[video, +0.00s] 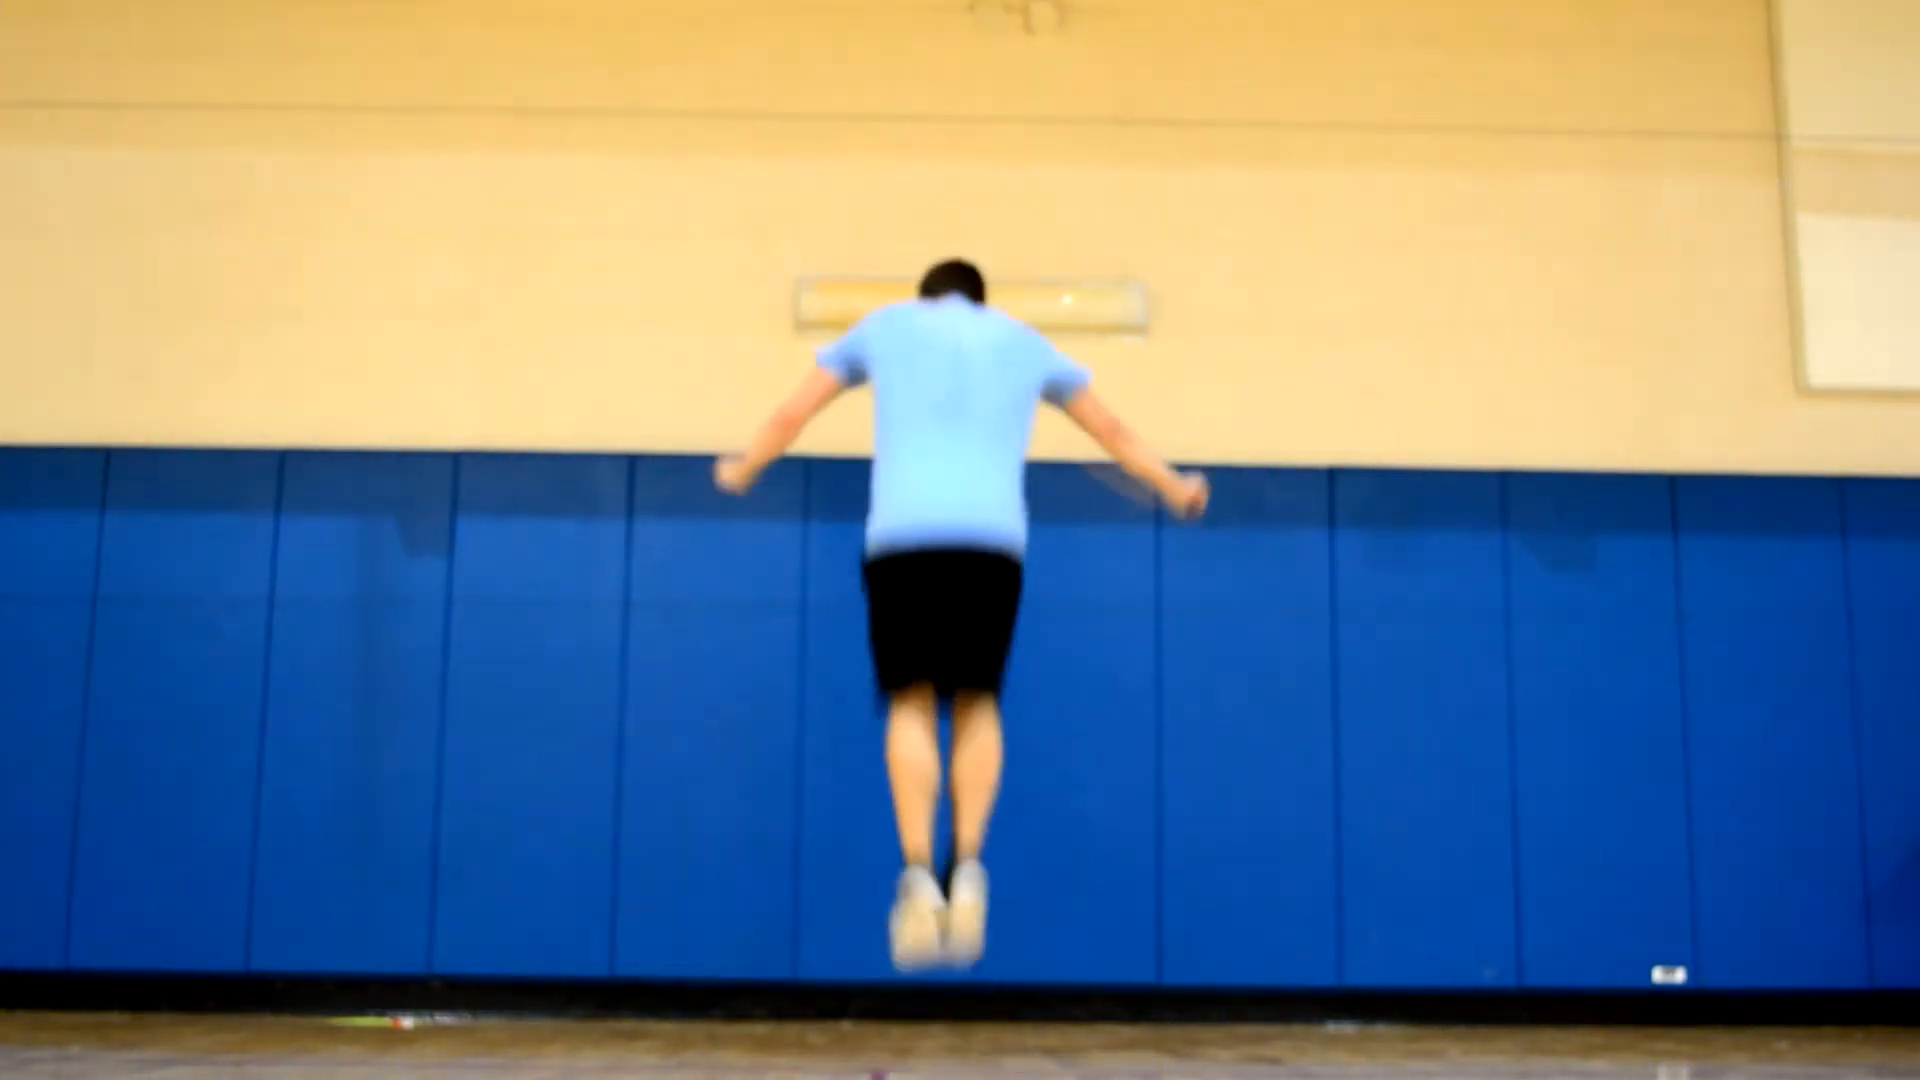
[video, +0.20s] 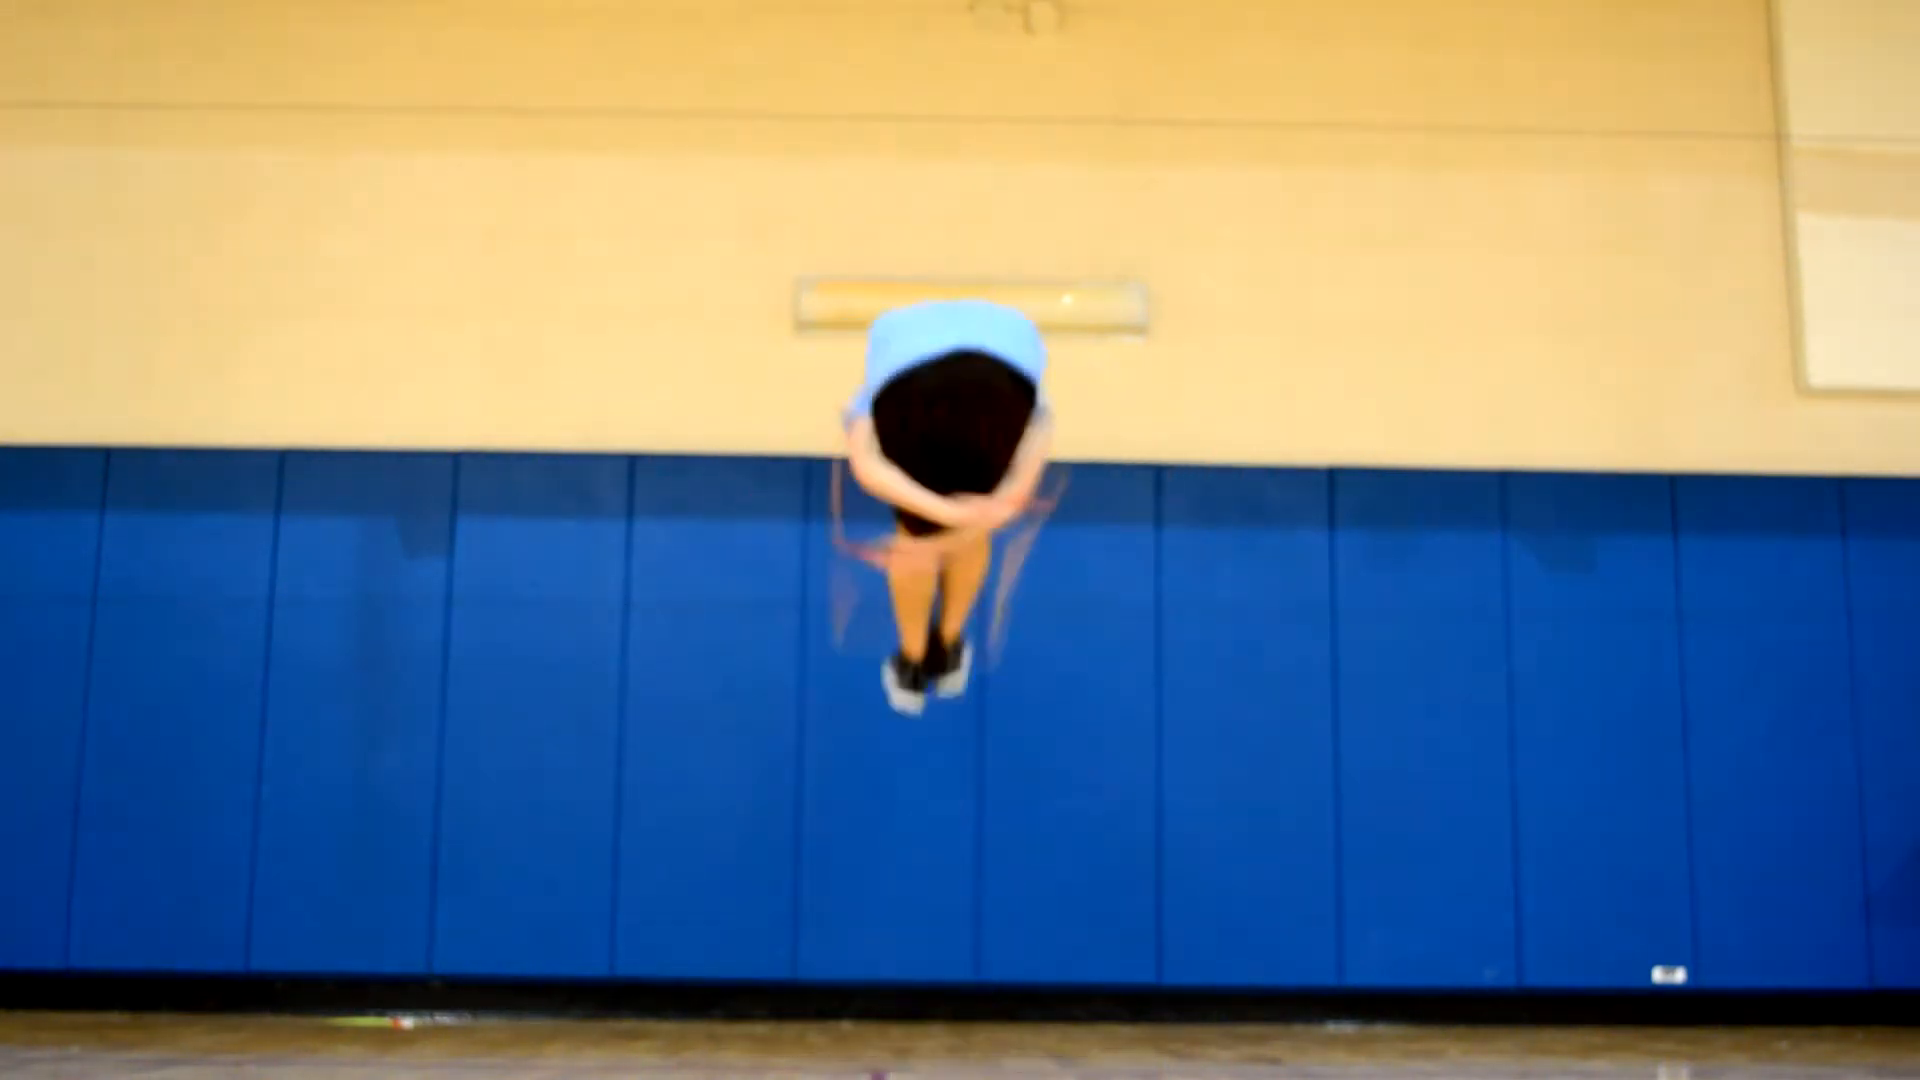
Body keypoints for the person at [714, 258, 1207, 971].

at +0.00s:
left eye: (934, 297)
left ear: (921, 297)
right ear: (985, 301)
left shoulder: (885, 326)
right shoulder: (1021, 341)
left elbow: (795, 410)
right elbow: (1107, 428)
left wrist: (743, 467)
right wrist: (1174, 488)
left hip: (900, 542)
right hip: (991, 545)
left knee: (910, 701)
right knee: (978, 701)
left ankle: (919, 874)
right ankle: (967, 868)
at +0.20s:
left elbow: (867, 468)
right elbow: (1013, 500)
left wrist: (952, 514)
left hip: (909, 372)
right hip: (1003, 369)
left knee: (916, 536)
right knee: (970, 529)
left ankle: (914, 665)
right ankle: (949, 655)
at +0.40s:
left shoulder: (885, 405)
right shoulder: (1016, 418)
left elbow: (846, 501)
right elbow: (1028, 552)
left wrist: (845, 598)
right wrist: (1034, 639)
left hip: (906, 474)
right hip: (995, 473)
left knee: (909, 628)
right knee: (962, 624)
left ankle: (905, 809)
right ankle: (951, 798)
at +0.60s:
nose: (932, 458)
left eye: (926, 451)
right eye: (946, 451)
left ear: (916, 450)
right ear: (975, 455)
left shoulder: (890, 475)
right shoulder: (1023, 501)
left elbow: (847, 546)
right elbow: (1067, 596)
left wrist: (759, 594)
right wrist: (1143, 664)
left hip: (896, 706)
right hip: (985, 714)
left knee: (876, 861)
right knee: (982, 864)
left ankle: (909, 1011)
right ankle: (964, 1013)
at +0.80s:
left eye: (934, 352)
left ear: (926, 352)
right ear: (987, 354)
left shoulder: (892, 380)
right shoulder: (1033, 393)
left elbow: (855, 485)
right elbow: (1059, 508)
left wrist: (793, 584)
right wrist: (1106, 613)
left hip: (907, 608)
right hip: (995, 612)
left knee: (913, 776)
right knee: (979, 779)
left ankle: (931, 948)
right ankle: (962, 950)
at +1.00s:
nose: (947, 394)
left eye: (942, 384)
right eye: (964, 384)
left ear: (931, 382)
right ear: (994, 384)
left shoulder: (893, 427)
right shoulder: (1038, 436)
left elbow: (875, 540)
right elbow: (1057, 553)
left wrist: (842, 637)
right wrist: (1096, 652)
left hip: (914, 664)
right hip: (1001, 666)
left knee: (924, 833)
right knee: (998, 836)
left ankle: (944, 1012)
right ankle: (988, 1011)